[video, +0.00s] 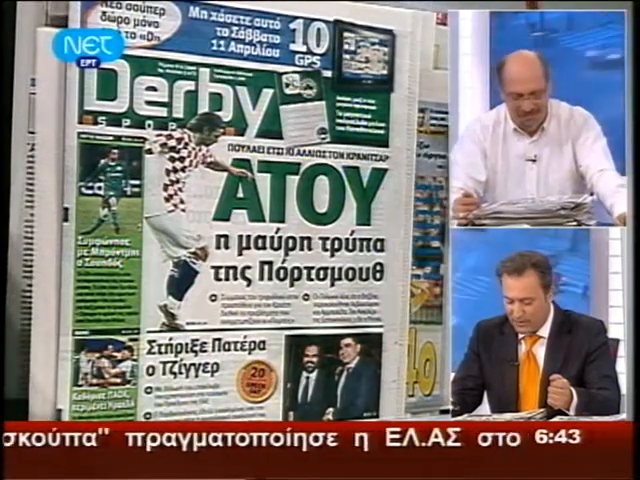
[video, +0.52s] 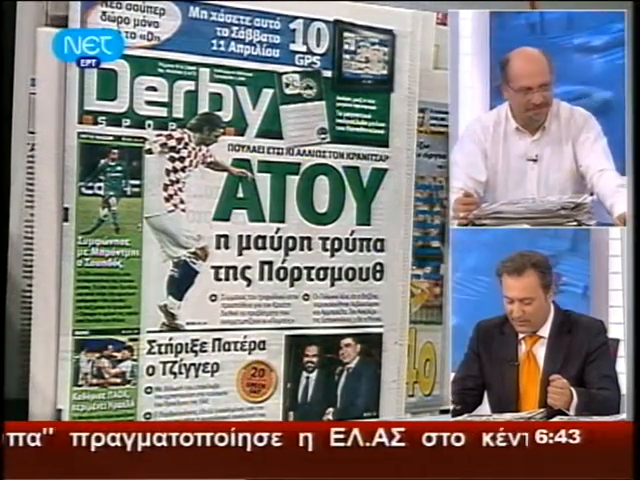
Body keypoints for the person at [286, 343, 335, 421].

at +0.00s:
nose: (310, 360)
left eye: (314, 356)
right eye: (306, 356)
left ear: (320, 359)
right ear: (302, 358)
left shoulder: (326, 377)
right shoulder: (295, 376)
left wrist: (330, 411)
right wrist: (290, 413)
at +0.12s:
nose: (310, 360)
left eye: (314, 356)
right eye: (306, 356)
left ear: (320, 359)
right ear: (302, 358)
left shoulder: (326, 377)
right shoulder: (295, 376)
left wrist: (330, 411)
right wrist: (290, 413)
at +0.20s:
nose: (310, 360)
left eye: (314, 356)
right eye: (306, 356)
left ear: (320, 359)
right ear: (302, 358)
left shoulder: (326, 377)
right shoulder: (295, 376)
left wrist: (330, 411)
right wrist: (290, 413)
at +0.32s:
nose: (310, 360)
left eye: (314, 356)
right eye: (306, 356)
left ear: (321, 359)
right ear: (302, 358)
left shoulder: (326, 377)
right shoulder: (295, 376)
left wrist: (330, 411)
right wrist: (290, 413)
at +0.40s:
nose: (310, 360)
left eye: (314, 356)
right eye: (306, 356)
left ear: (320, 359)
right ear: (302, 358)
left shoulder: (326, 377)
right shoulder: (295, 375)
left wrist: (330, 411)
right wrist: (290, 413)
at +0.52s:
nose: (310, 360)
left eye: (314, 356)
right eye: (306, 356)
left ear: (320, 359)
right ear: (302, 358)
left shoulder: (326, 377)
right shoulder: (295, 375)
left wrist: (330, 411)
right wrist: (290, 413)